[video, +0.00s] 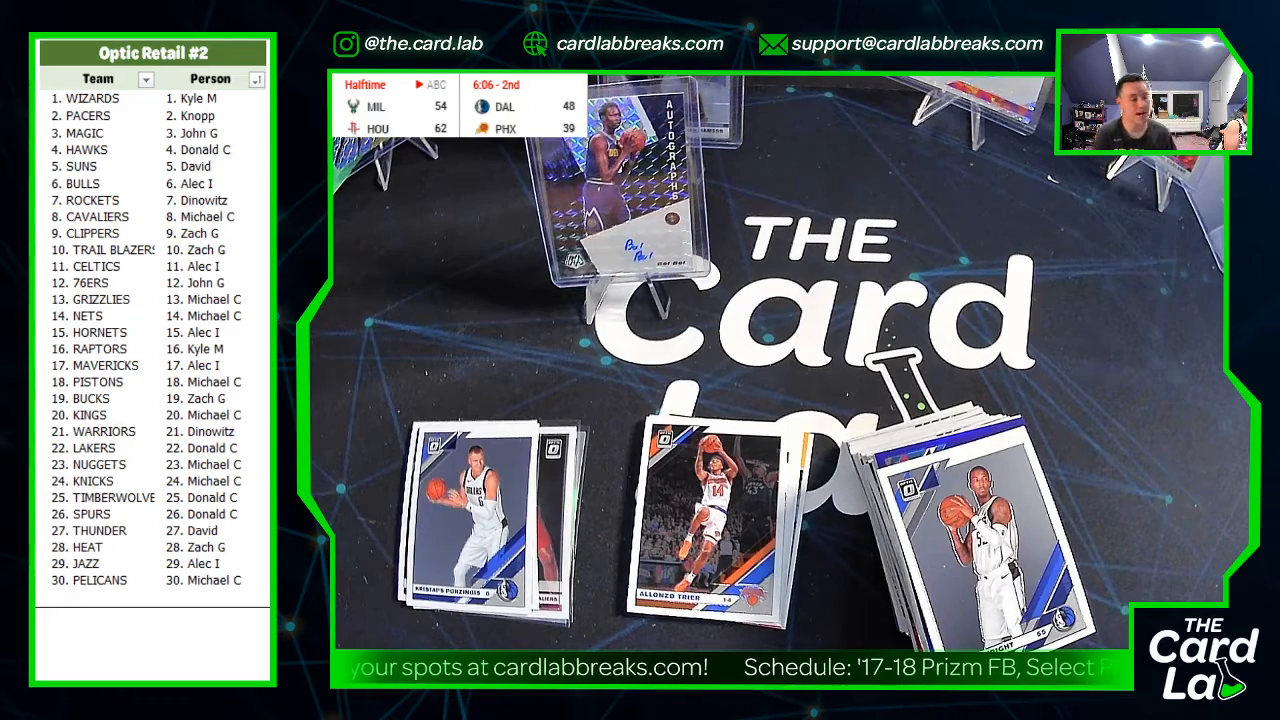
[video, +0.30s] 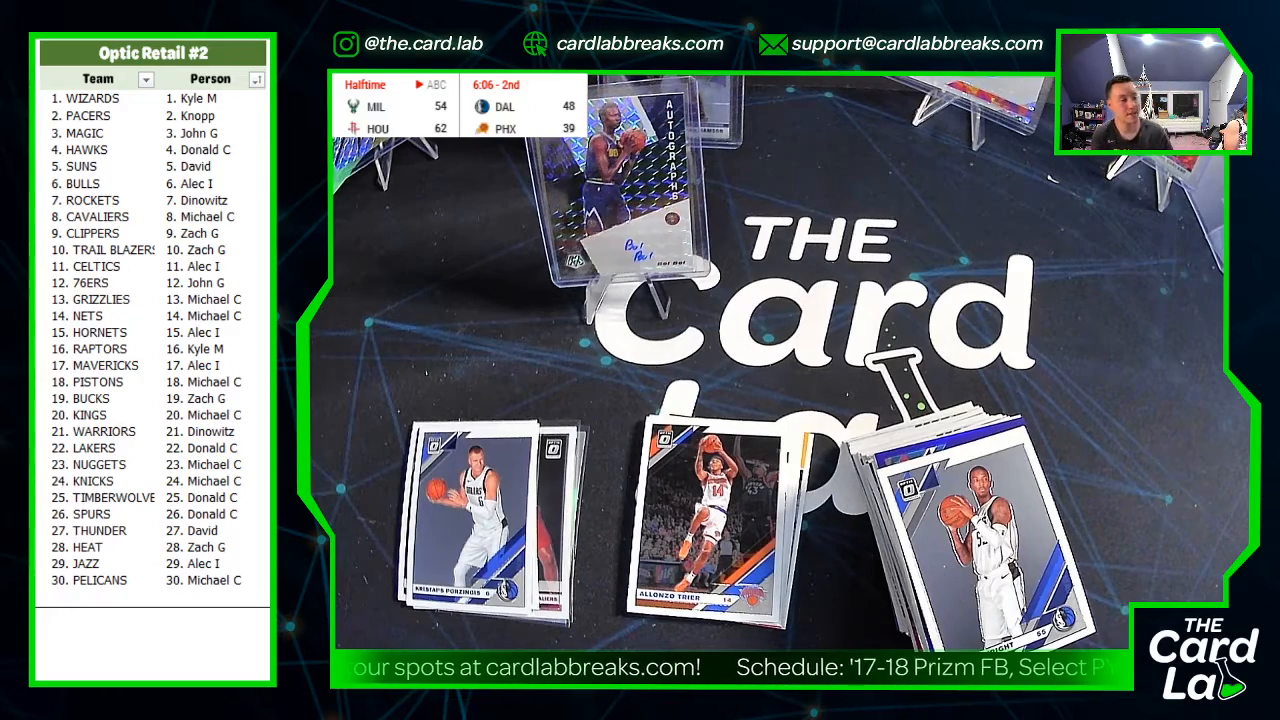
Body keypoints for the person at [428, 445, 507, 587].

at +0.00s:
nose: (479, 463)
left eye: (481, 460)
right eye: (475, 460)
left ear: (484, 460)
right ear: (469, 461)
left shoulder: (491, 477)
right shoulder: (464, 476)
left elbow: (488, 512)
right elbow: (464, 503)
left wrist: (466, 504)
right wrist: (439, 500)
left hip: (496, 531)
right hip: (478, 531)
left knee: (495, 572)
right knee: (459, 571)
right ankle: (461, 606)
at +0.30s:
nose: (479, 463)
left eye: (481, 460)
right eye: (475, 460)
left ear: (484, 459)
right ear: (469, 461)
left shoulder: (491, 477)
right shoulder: (464, 476)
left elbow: (488, 512)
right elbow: (464, 503)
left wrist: (466, 504)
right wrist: (439, 500)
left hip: (496, 531)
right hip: (478, 531)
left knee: (494, 572)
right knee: (459, 571)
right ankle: (461, 605)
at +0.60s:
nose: (480, 463)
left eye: (481, 460)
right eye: (475, 460)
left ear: (484, 459)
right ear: (469, 461)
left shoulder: (491, 476)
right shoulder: (464, 476)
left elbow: (488, 511)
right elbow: (464, 503)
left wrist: (465, 504)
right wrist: (439, 500)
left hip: (496, 531)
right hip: (478, 531)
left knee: (495, 573)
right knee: (459, 571)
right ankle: (460, 606)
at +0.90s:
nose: (480, 464)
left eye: (482, 460)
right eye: (476, 461)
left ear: (484, 459)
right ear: (469, 461)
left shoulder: (491, 477)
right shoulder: (464, 476)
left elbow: (488, 511)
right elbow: (464, 503)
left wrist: (466, 504)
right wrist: (439, 500)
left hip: (496, 530)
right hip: (478, 531)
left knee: (495, 572)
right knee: (459, 571)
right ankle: (461, 606)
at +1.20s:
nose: (480, 463)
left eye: (482, 460)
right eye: (475, 460)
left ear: (484, 459)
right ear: (469, 461)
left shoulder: (491, 477)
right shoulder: (464, 476)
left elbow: (488, 512)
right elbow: (463, 503)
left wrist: (465, 504)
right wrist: (439, 500)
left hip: (497, 531)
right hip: (478, 531)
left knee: (494, 572)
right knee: (459, 571)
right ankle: (460, 606)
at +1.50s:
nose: (480, 463)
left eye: (482, 460)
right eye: (475, 460)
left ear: (484, 459)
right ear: (469, 461)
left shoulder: (491, 477)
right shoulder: (464, 476)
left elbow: (488, 512)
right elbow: (463, 503)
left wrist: (465, 504)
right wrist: (439, 500)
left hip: (497, 531)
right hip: (478, 531)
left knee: (494, 572)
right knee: (459, 571)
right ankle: (460, 606)